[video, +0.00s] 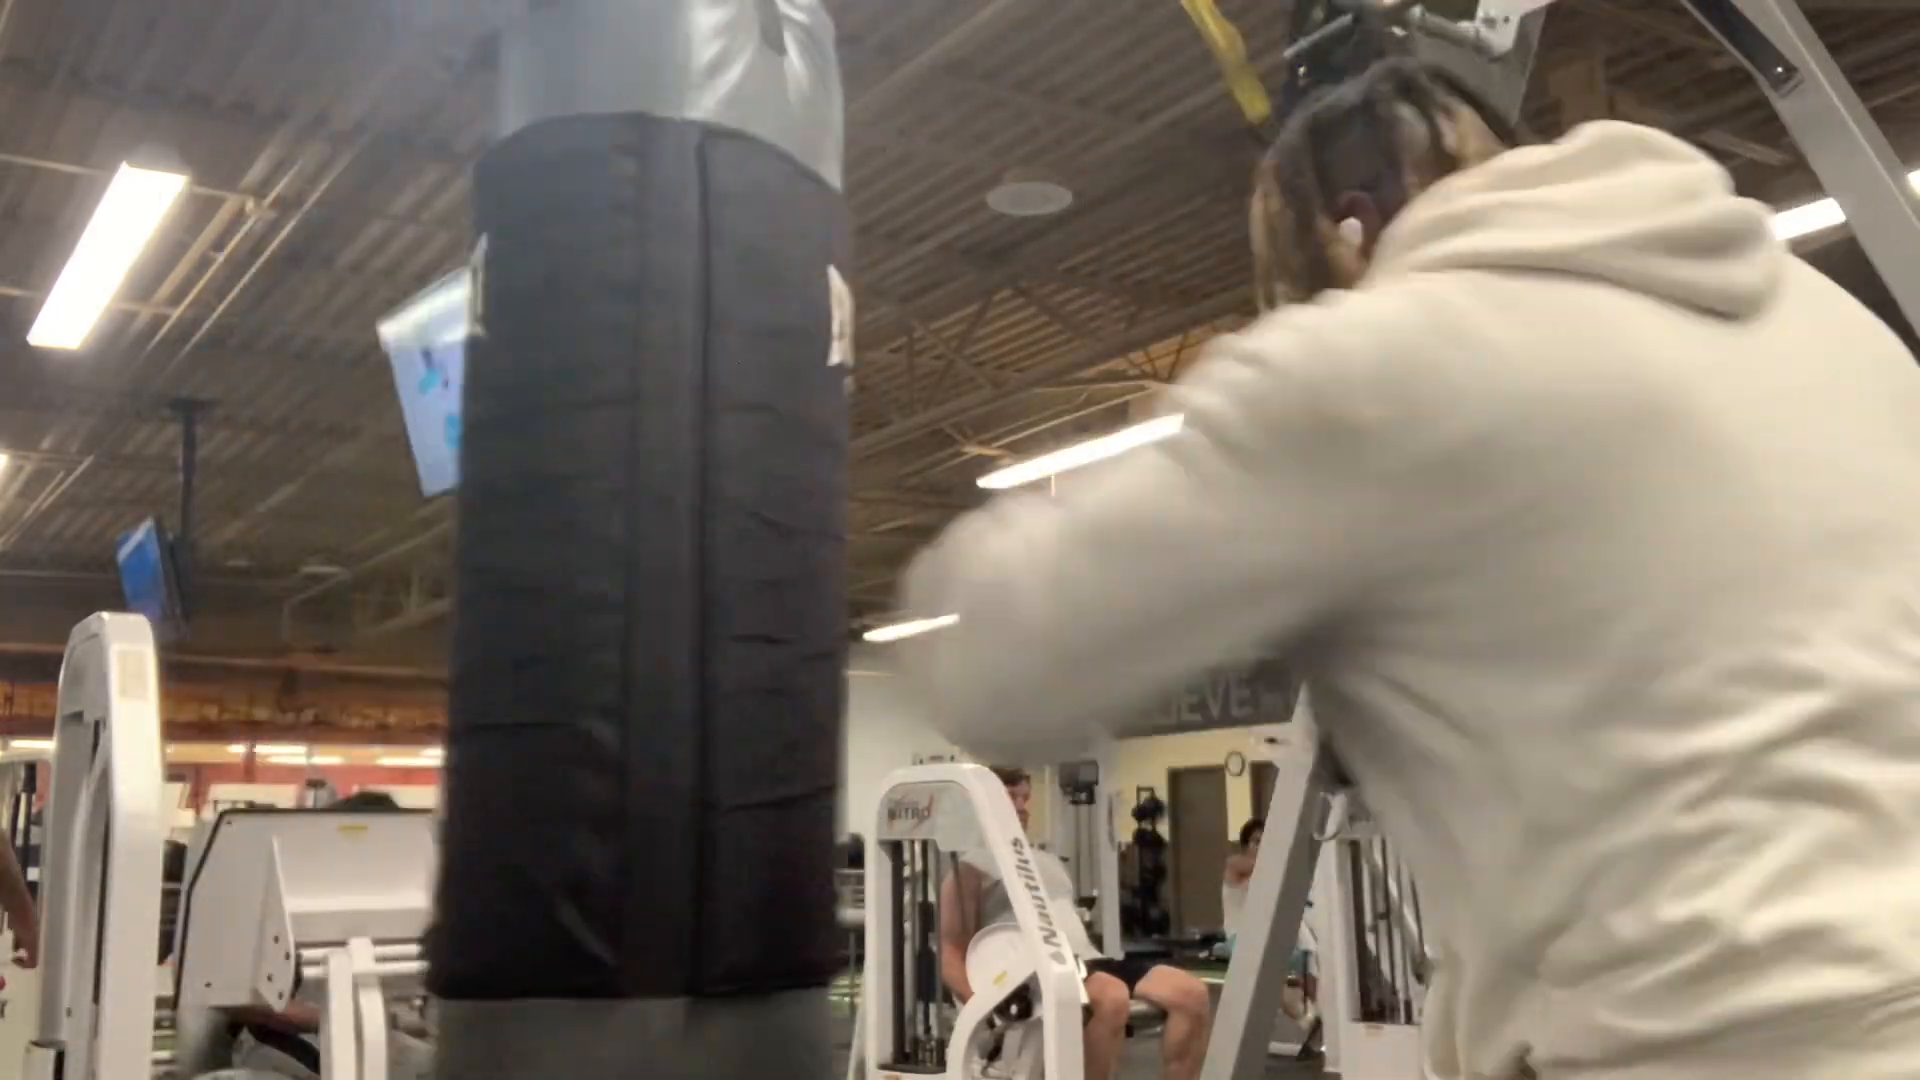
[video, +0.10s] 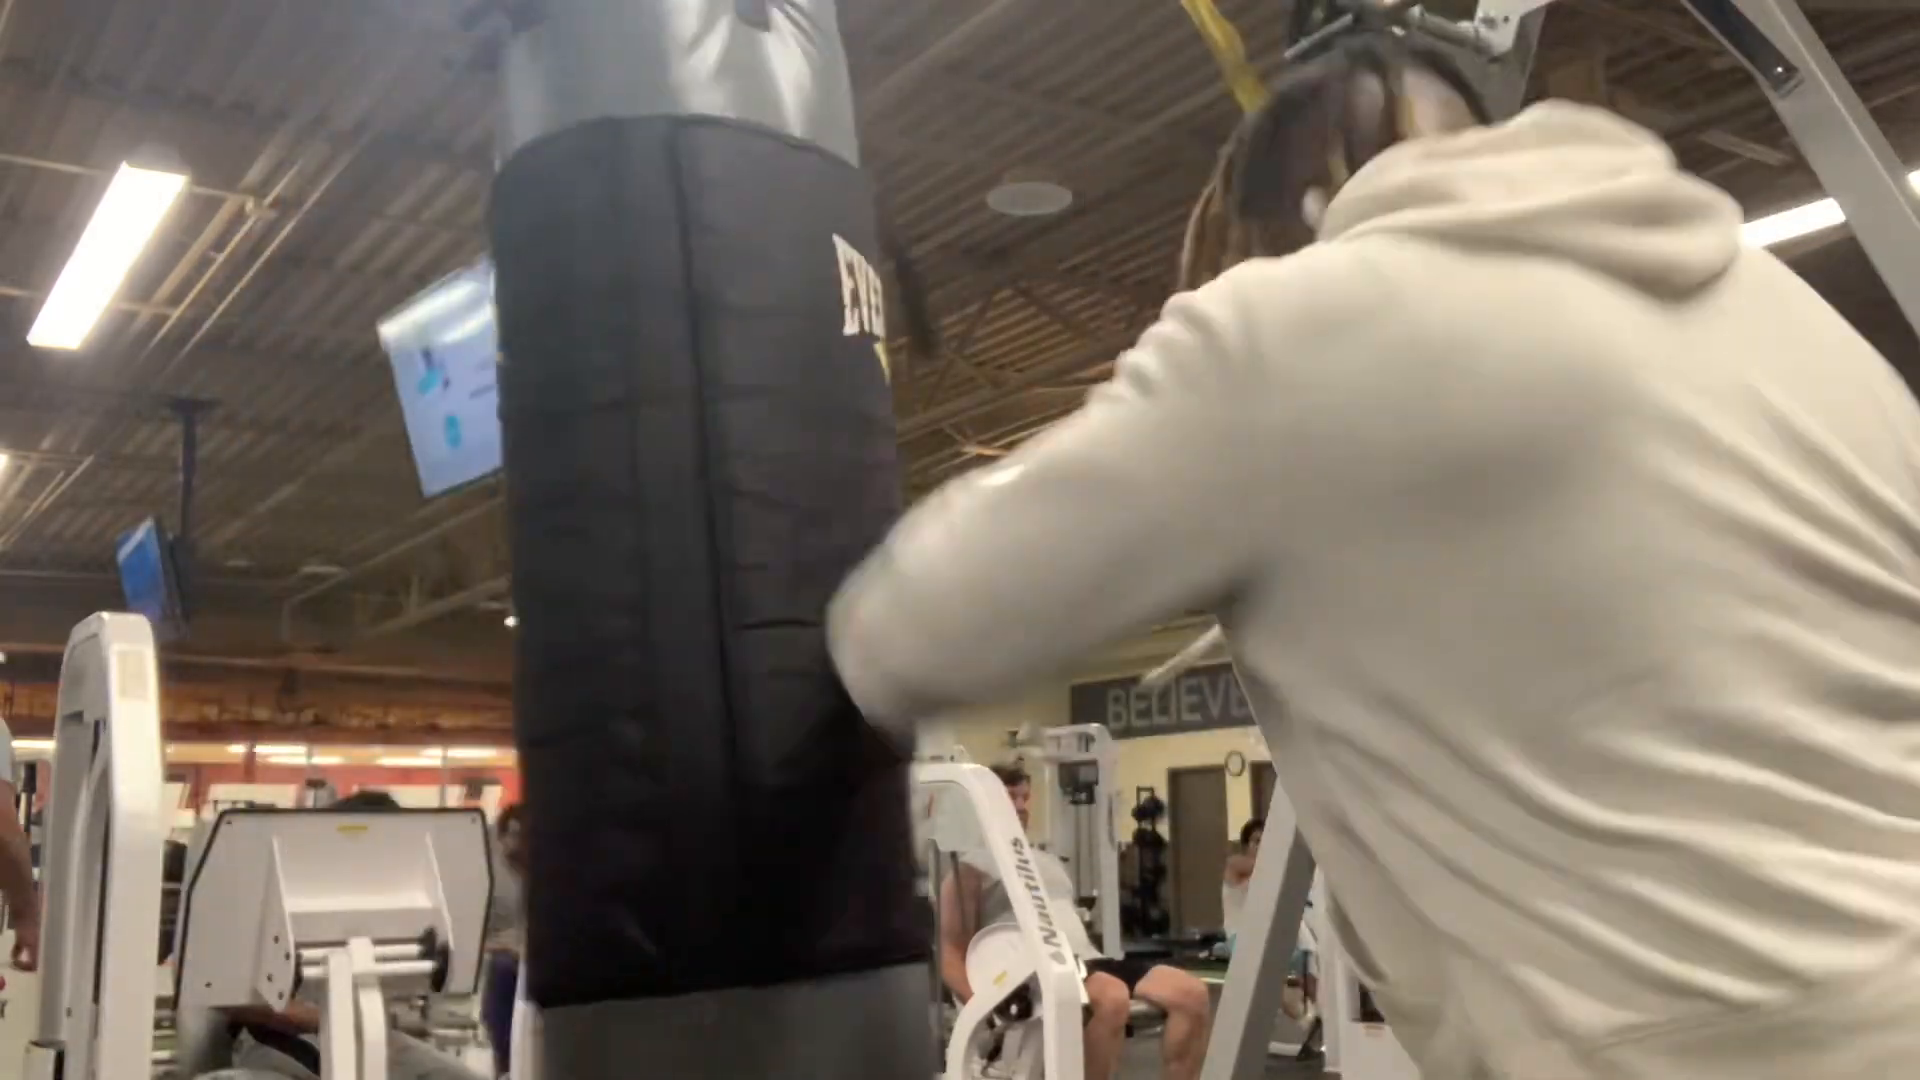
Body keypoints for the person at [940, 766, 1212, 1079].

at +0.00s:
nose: (1021, 807)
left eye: (1025, 798)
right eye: (1010, 798)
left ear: (1030, 803)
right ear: (988, 803)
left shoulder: (1037, 861)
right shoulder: (966, 874)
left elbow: (1059, 926)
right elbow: (952, 963)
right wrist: (988, 1008)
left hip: (1075, 961)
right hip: (1020, 973)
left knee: (1192, 993)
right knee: (1113, 997)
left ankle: (1180, 1074)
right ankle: (1094, 1075)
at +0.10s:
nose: (1020, 806)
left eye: (1024, 798)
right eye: (1010, 798)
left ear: (1030, 802)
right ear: (988, 803)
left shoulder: (1038, 860)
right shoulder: (966, 874)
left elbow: (1058, 925)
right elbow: (952, 960)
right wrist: (985, 1006)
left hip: (1075, 961)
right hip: (1020, 973)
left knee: (1191, 994)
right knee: (1112, 996)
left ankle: (1180, 1075)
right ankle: (1096, 1075)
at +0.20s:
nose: (1019, 806)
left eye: (1024, 797)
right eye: (1010, 797)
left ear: (1031, 801)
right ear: (992, 804)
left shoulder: (1044, 858)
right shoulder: (989, 860)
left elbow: (1067, 912)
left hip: (1083, 957)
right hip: (1037, 965)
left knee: (1192, 995)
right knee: (1112, 999)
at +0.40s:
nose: (1023, 806)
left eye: (1026, 798)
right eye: (1016, 799)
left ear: (1031, 801)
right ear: (999, 804)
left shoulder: (1041, 856)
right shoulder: (994, 857)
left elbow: (1064, 907)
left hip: (1085, 956)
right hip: (1044, 965)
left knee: (1192, 994)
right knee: (1112, 1000)